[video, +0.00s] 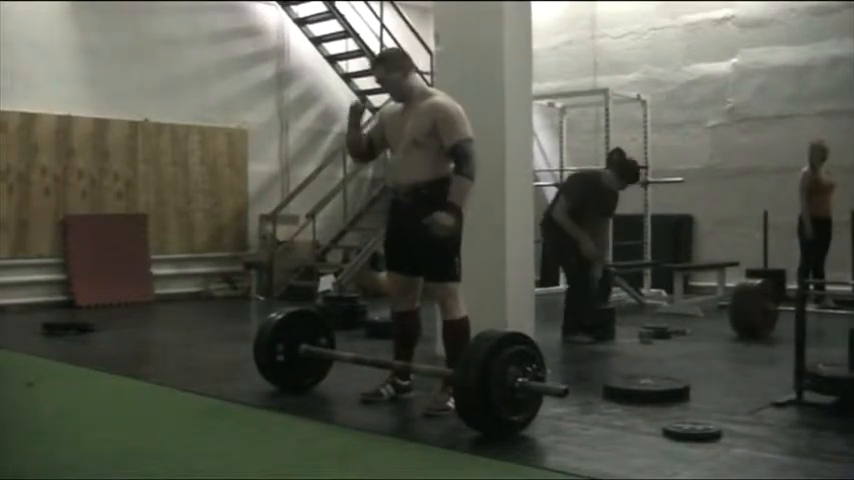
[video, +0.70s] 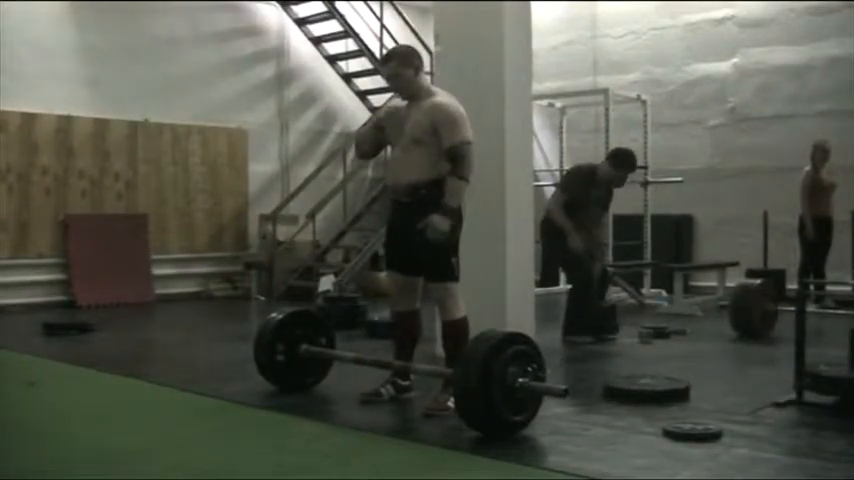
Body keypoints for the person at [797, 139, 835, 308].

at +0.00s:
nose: (819, 159)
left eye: (821, 155)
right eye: (816, 155)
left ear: (825, 157)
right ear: (810, 156)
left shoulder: (824, 175)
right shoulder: (807, 175)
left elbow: (824, 200)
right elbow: (804, 202)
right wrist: (807, 224)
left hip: (823, 220)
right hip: (810, 220)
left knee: (819, 259)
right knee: (807, 258)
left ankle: (820, 293)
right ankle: (803, 293)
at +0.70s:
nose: (823, 158)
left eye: (825, 155)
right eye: (820, 155)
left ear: (828, 157)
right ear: (813, 155)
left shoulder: (823, 175)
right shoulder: (809, 175)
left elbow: (824, 200)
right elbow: (805, 202)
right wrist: (808, 224)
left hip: (824, 220)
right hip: (811, 220)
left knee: (819, 260)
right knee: (808, 259)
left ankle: (820, 294)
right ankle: (803, 293)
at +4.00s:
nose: (825, 157)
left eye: (826, 154)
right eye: (822, 154)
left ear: (828, 156)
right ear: (814, 154)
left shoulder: (826, 174)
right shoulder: (809, 174)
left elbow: (824, 198)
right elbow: (803, 199)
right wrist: (806, 223)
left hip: (822, 219)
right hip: (808, 219)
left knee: (818, 258)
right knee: (806, 258)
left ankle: (819, 293)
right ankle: (802, 292)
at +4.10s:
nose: (825, 158)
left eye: (827, 154)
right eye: (822, 154)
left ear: (829, 156)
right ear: (815, 154)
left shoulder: (826, 174)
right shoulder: (809, 174)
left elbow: (824, 199)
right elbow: (803, 200)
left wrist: (831, 189)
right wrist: (807, 224)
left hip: (822, 219)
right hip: (808, 219)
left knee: (818, 258)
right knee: (806, 258)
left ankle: (819, 293)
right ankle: (802, 292)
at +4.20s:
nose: (827, 158)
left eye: (828, 155)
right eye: (825, 154)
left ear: (829, 156)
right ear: (817, 154)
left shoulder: (827, 174)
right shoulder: (811, 174)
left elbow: (824, 199)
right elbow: (805, 199)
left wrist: (832, 189)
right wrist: (809, 222)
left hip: (822, 220)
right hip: (808, 219)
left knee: (818, 259)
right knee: (806, 258)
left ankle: (819, 294)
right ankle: (802, 293)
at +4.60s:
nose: (827, 159)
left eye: (829, 155)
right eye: (825, 155)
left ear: (830, 157)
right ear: (818, 155)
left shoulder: (827, 174)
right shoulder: (812, 174)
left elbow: (824, 200)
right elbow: (807, 201)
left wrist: (832, 190)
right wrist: (811, 224)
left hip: (821, 220)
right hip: (808, 219)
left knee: (818, 259)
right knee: (806, 258)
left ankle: (819, 294)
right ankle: (802, 294)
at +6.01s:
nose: (820, 158)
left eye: (822, 155)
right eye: (817, 154)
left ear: (823, 156)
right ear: (810, 155)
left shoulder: (822, 173)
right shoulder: (805, 173)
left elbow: (819, 196)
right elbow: (799, 200)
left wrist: (825, 187)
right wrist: (803, 224)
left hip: (813, 219)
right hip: (800, 218)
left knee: (810, 259)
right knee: (798, 258)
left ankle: (811, 294)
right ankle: (794, 293)